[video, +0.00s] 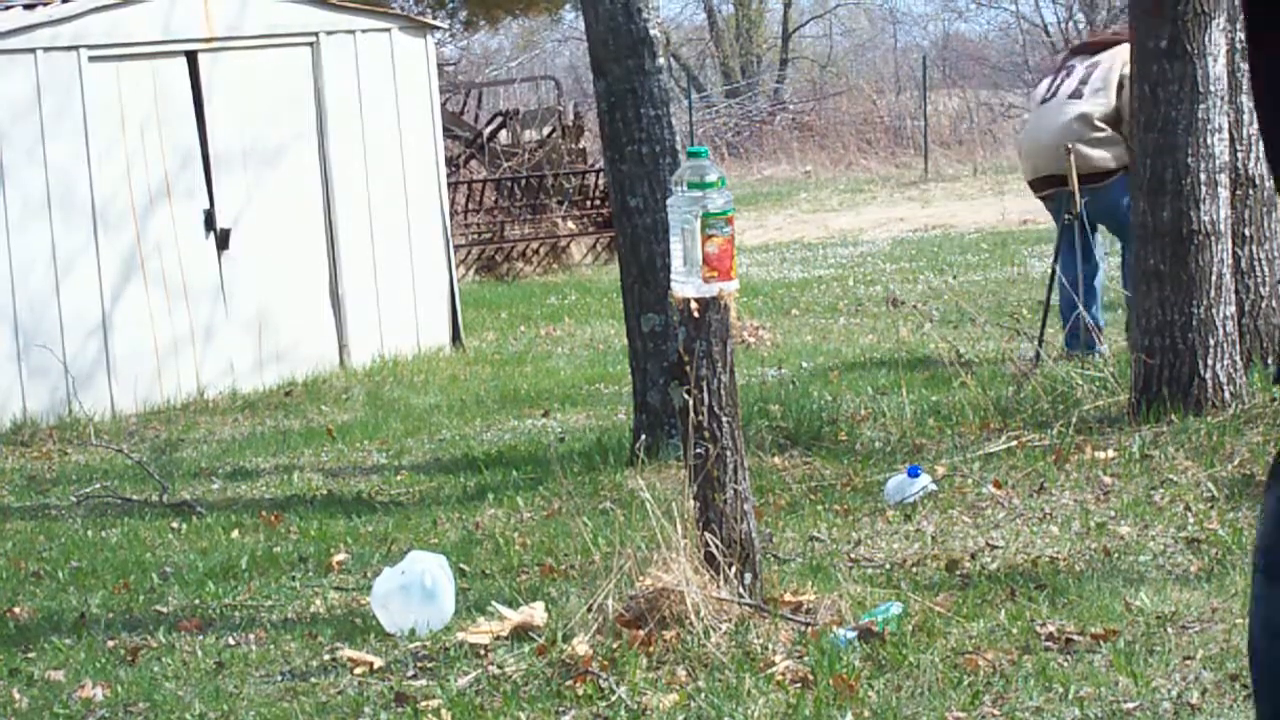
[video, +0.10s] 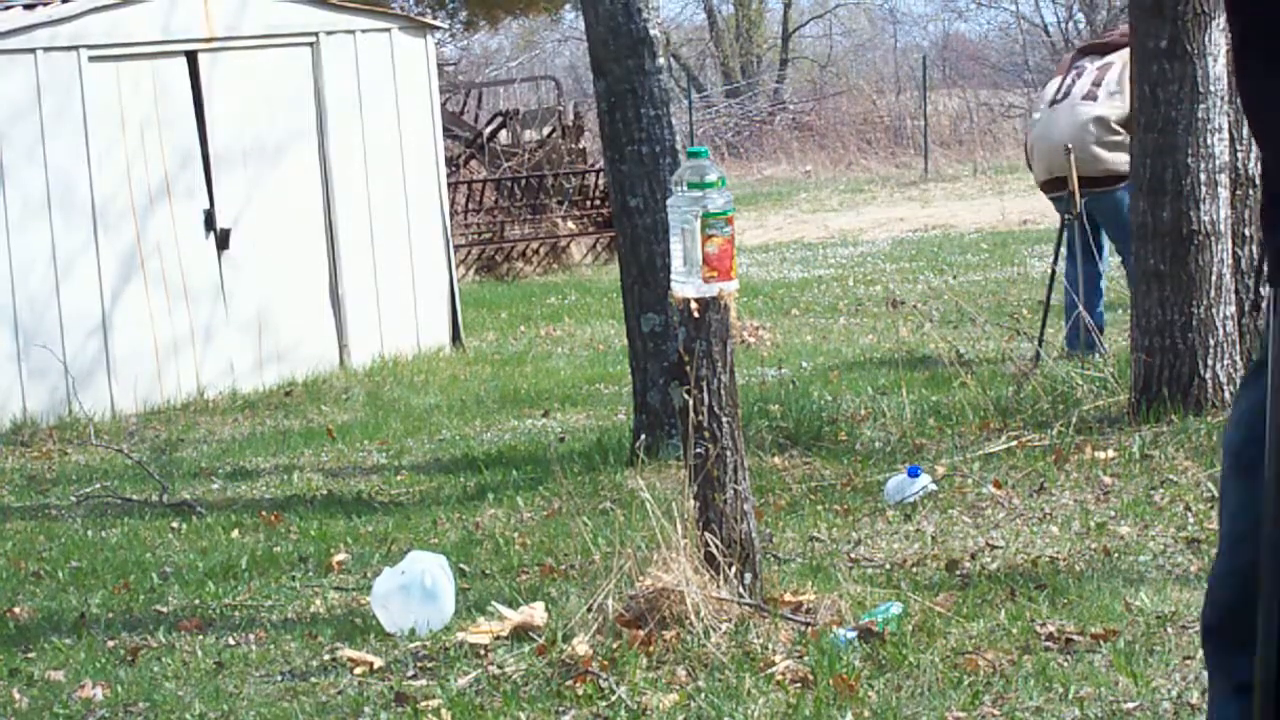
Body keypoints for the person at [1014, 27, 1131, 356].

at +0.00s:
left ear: (1104, 39)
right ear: (1138, 38)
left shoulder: (1067, 64)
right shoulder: (1132, 54)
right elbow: (1133, 118)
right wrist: (1145, 166)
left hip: (1039, 168)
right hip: (1096, 159)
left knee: (1075, 243)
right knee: (1140, 237)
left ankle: (1081, 345)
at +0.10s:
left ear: (1107, 40)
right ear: (1141, 39)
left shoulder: (1068, 68)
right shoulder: (1138, 57)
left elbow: (1033, 129)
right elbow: (1141, 116)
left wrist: (1046, 180)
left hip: (1048, 166)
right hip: (1105, 160)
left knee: (1081, 252)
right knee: (1140, 255)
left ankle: (1081, 346)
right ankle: (1158, 343)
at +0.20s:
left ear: (1094, 52)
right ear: (1136, 46)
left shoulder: (1067, 81)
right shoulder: (1139, 66)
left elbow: (1041, 134)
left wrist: (1058, 181)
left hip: (1069, 174)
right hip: (1120, 170)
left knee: (1088, 260)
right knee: (1146, 261)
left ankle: (1082, 346)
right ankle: (1156, 346)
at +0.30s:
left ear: (1098, 53)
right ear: (1136, 48)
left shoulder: (1077, 81)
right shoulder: (1145, 71)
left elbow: (1051, 135)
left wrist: (1063, 173)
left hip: (1086, 175)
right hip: (1132, 173)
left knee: (1094, 264)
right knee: (1152, 259)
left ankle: (1086, 346)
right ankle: (1159, 344)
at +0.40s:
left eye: (1106, 51)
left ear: (1106, 53)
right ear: (1138, 49)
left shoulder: (1086, 82)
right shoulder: (1151, 74)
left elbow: (1059, 139)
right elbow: (1167, 127)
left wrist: (1075, 175)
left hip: (1095, 177)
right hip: (1143, 176)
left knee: (1104, 254)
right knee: (1155, 257)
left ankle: (1094, 342)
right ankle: (1160, 343)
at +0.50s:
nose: (1095, 58)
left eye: (1100, 52)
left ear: (1113, 50)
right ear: (1140, 48)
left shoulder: (1094, 80)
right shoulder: (1152, 72)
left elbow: (1065, 127)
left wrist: (1068, 157)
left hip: (1100, 174)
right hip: (1143, 172)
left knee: (1111, 250)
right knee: (1152, 250)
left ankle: (1105, 330)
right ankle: (1157, 333)